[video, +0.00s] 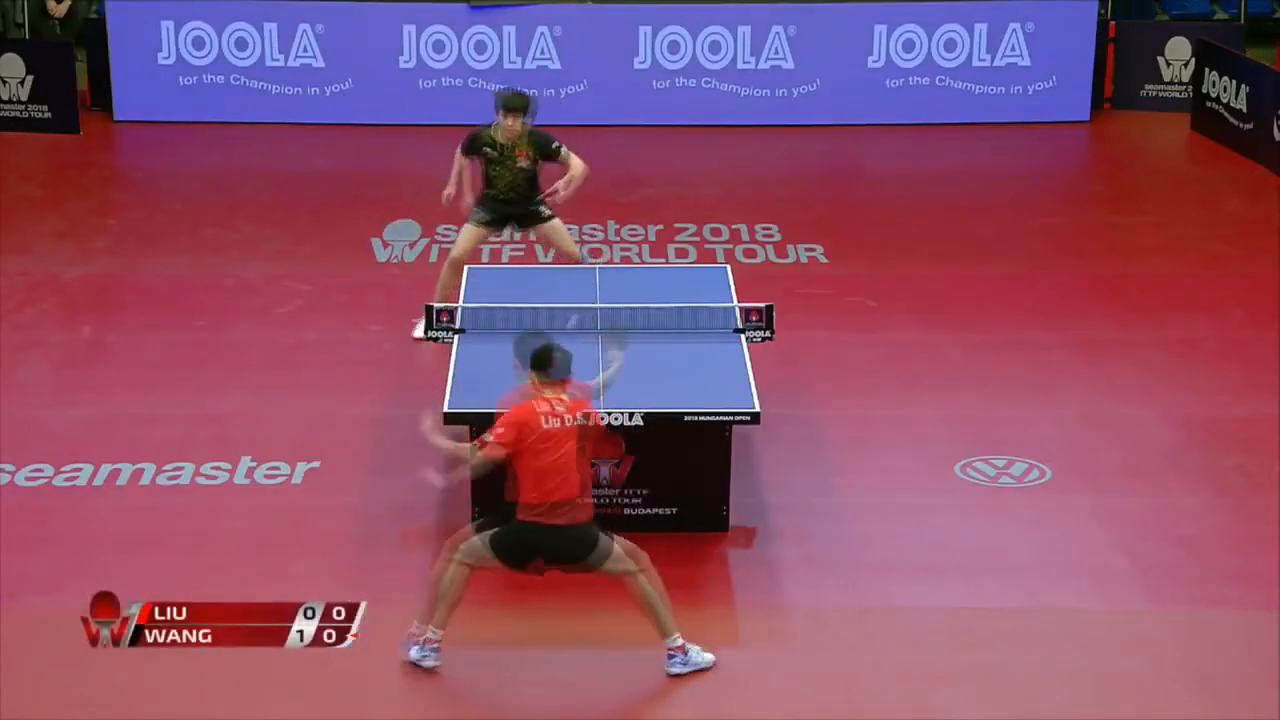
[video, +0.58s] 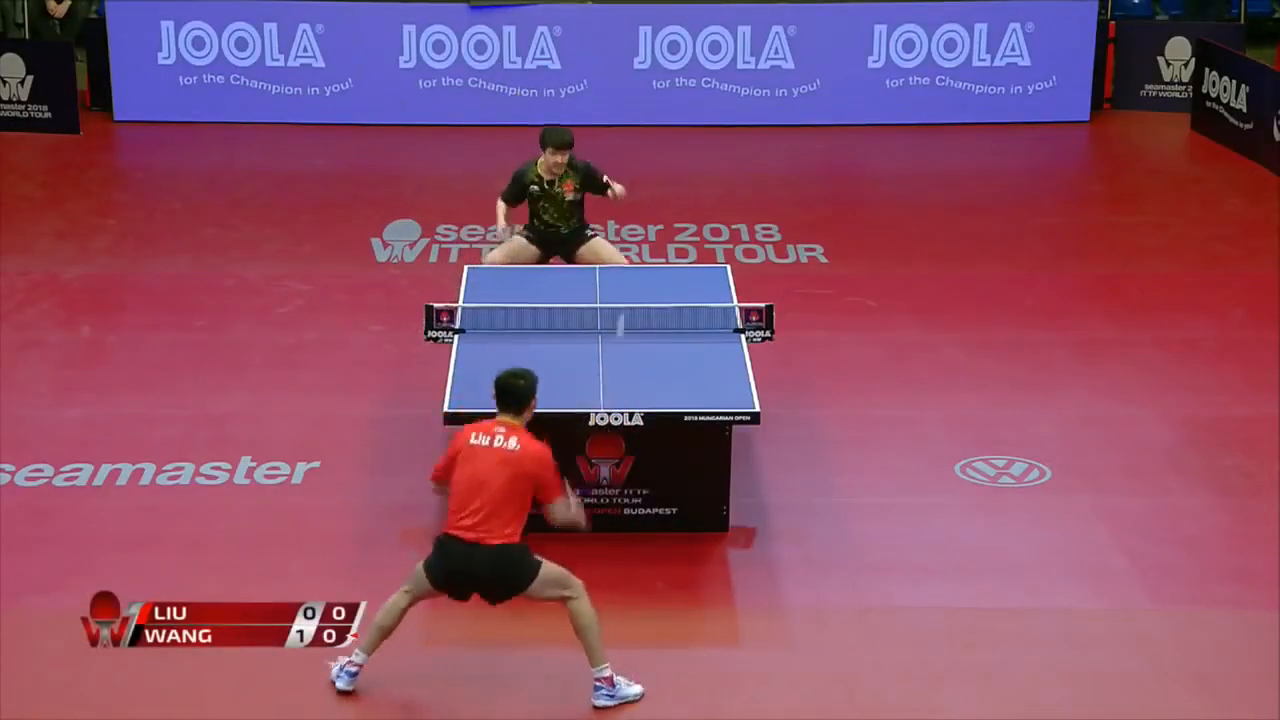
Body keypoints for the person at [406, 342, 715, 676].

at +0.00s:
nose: (529, 376)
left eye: (530, 371)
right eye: (561, 375)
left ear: (532, 375)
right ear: (567, 376)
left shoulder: (522, 415)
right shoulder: (583, 411)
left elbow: (476, 460)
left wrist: (437, 439)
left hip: (530, 532)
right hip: (578, 534)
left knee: (462, 556)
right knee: (635, 566)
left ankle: (429, 644)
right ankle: (678, 649)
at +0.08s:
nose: (498, 360)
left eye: (499, 355)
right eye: (504, 354)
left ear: (504, 359)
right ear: (538, 358)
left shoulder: (504, 398)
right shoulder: (561, 387)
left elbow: (499, 454)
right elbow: (602, 381)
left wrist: (461, 495)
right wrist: (627, 362)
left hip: (514, 517)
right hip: (561, 515)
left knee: (449, 555)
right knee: (622, 569)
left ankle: (407, 642)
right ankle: (671, 648)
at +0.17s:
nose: (483, 361)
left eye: (485, 356)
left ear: (489, 361)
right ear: (523, 356)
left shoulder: (485, 406)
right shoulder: (552, 388)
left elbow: (486, 461)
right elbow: (599, 387)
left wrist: (453, 503)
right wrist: (632, 364)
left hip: (500, 518)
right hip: (549, 515)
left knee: (446, 572)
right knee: (614, 565)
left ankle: (403, 656)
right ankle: (632, 657)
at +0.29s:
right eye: (512, 358)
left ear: (478, 364)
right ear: (516, 363)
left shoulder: (461, 410)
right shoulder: (538, 404)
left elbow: (422, 461)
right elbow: (593, 415)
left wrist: (416, 446)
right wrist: (619, 385)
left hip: (479, 527)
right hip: (532, 527)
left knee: (424, 573)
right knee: (592, 576)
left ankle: (398, 664)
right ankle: (623, 667)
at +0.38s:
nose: (518, 360)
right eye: (520, 356)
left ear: (482, 363)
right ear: (520, 363)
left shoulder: (461, 407)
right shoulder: (538, 406)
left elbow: (424, 457)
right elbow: (594, 426)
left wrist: (418, 444)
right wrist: (612, 388)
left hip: (474, 525)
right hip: (527, 526)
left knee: (417, 569)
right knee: (588, 577)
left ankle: (392, 659)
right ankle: (624, 669)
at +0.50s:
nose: (530, 385)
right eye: (531, 380)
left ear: (491, 381)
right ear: (527, 385)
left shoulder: (463, 418)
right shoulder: (541, 425)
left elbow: (430, 469)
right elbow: (584, 470)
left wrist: (456, 490)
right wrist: (580, 442)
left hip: (461, 538)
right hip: (511, 543)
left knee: (409, 583)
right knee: (582, 584)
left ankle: (357, 661)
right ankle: (604, 680)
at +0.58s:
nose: (537, 404)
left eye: (530, 398)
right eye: (536, 400)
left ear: (496, 400)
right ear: (531, 406)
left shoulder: (467, 435)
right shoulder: (536, 452)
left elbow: (439, 481)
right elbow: (557, 514)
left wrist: (476, 494)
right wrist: (575, 513)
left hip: (451, 555)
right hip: (504, 562)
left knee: (405, 595)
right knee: (572, 588)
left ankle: (350, 666)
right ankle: (605, 680)